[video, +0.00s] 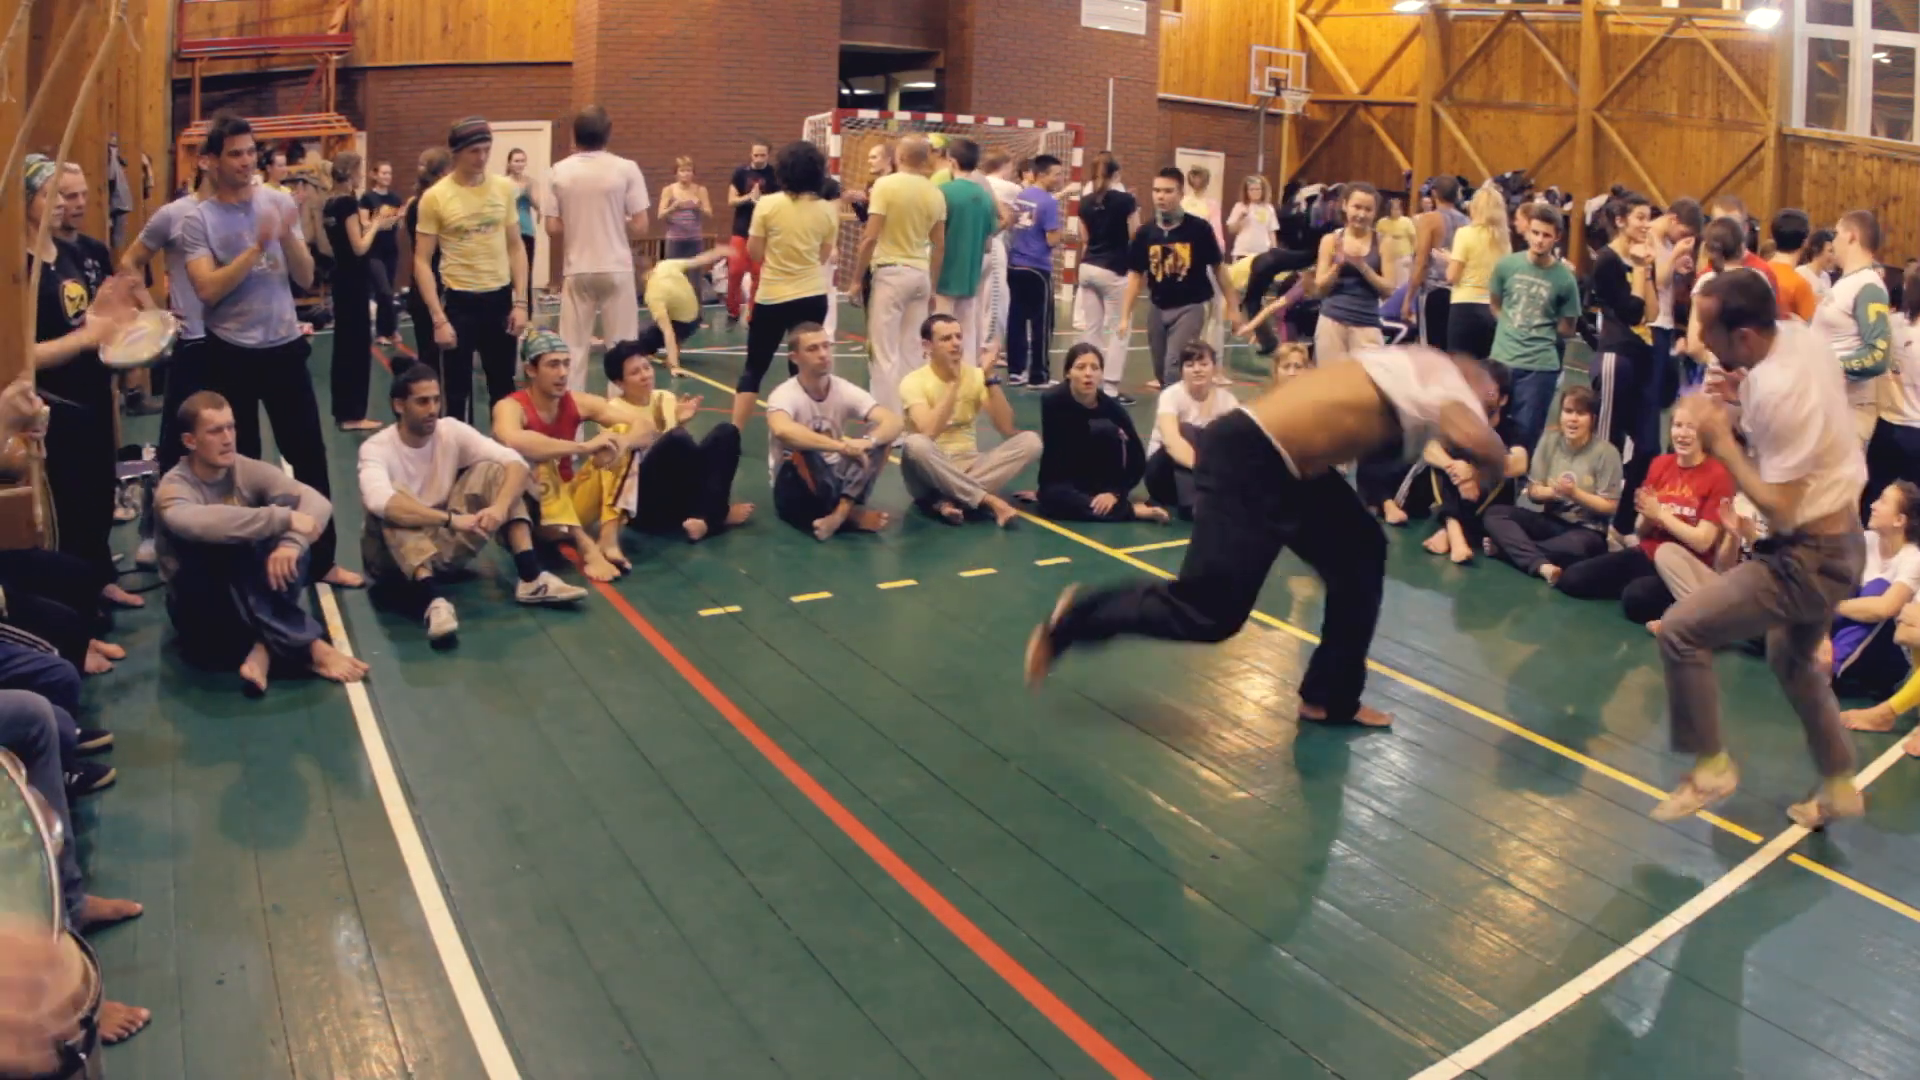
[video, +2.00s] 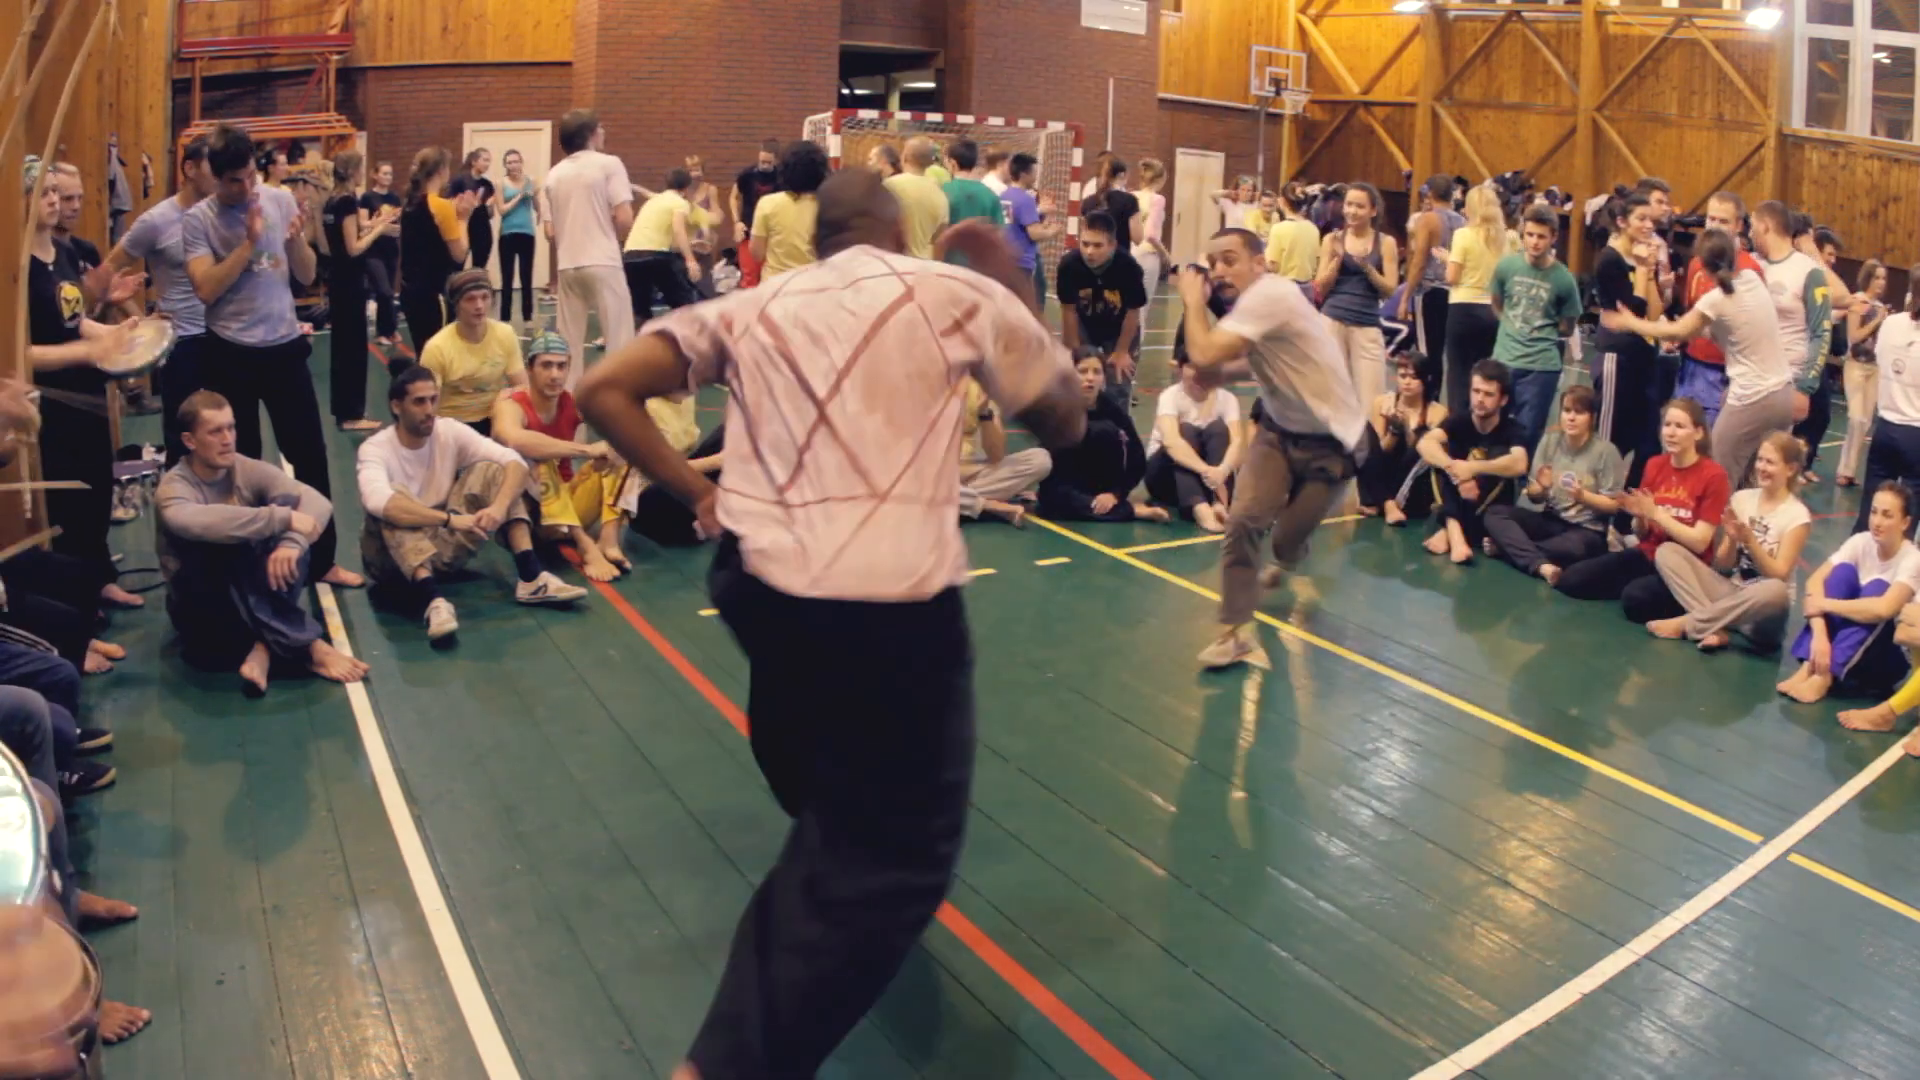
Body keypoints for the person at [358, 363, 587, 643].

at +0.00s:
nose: (432, 409)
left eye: (436, 400)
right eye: (422, 402)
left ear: (441, 400)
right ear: (398, 405)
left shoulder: (451, 431)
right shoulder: (376, 449)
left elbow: (516, 464)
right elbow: (381, 503)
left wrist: (500, 508)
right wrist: (450, 519)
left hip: (450, 545)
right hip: (398, 551)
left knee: (493, 470)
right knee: (395, 500)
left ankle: (532, 577)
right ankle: (434, 602)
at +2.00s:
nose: (429, 410)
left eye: (434, 400)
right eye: (419, 402)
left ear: (439, 400)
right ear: (396, 407)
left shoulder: (449, 431)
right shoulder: (375, 450)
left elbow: (516, 463)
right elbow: (379, 502)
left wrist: (499, 508)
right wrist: (449, 519)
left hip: (448, 547)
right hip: (398, 554)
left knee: (491, 470)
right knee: (395, 499)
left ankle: (532, 577)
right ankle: (434, 602)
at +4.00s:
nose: (434, 411)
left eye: (437, 402)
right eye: (424, 404)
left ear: (441, 400)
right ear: (399, 407)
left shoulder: (450, 431)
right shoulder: (375, 449)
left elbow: (516, 464)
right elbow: (380, 502)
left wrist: (500, 508)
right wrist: (449, 519)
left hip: (449, 546)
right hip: (398, 551)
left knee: (492, 470)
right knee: (395, 499)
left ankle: (532, 576)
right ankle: (435, 602)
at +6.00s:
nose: (433, 413)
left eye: (436, 403)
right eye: (423, 404)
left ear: (441, 402)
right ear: (398, 408)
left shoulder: (450, 430)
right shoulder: (376, 449)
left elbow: (516, 463)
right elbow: (378, 502)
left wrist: (500, 507)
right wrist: (450, 518)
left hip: (450, 545)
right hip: (399, 552)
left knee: (493, 470)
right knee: (395, 500)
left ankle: (531, 576)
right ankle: (434, 600)